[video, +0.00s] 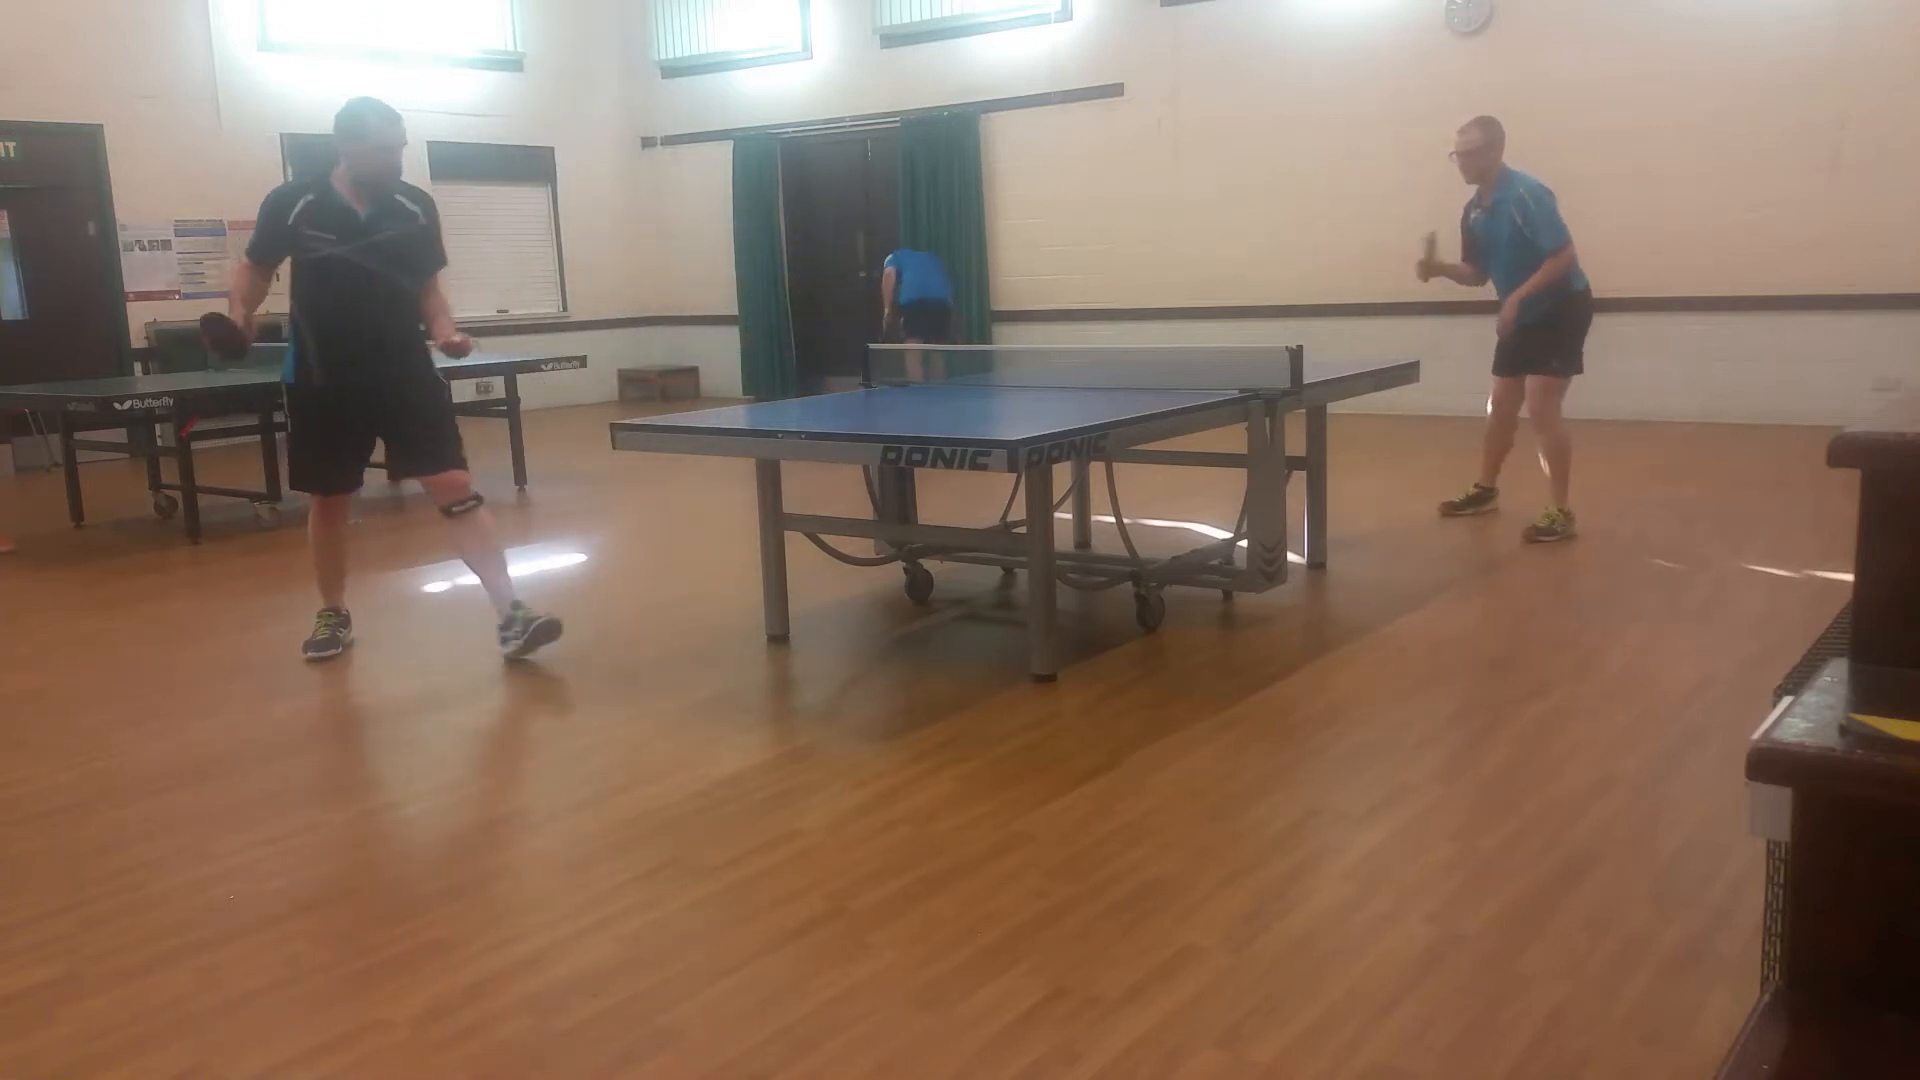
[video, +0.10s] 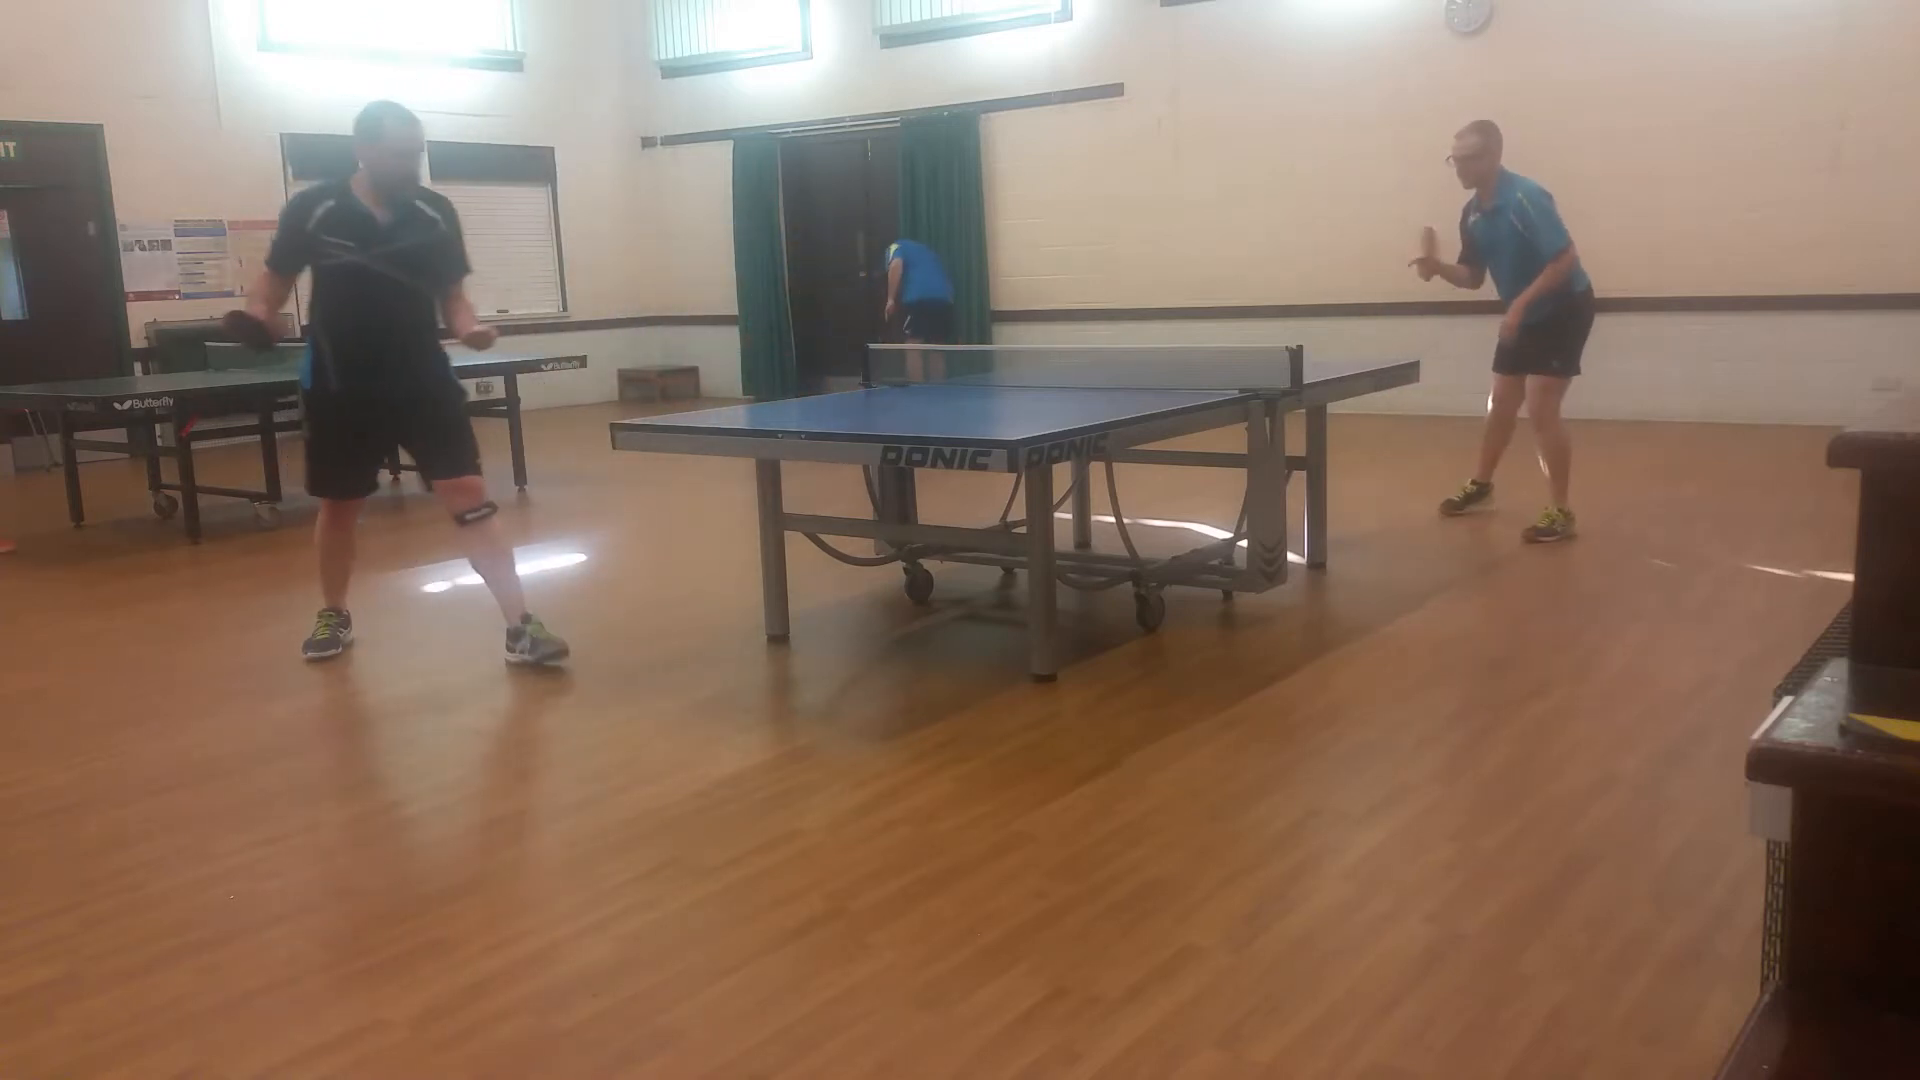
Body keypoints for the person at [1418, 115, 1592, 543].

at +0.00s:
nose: (1457, 162)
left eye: (1465, 154)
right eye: (1456, 155)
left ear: (1494, 152)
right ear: (1463, 156)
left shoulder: (1529, 194)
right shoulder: (1474, 210)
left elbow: (1565, 257)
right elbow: (1477, 273)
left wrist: (1516, 297)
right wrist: (1440, 268)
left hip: (1562, 303)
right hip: (1520, 308)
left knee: (1543, 408)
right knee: (1502, 404)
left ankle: (1560, 512)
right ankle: (1485, 489)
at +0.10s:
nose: (1454, 166)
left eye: (1463, 158)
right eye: (1453, 158)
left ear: (1491, 157)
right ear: (1462, 161)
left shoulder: (1527, 198)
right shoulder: (1473, 212)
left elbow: (1566, 261)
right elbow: (1473, 276)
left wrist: (1519, 305)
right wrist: (1438, 267)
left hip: (1565, 304)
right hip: (1523, 308)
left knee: (1542, 408)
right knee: (1503, 400)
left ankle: (1560, 511)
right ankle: (1481, 483)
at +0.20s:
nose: (1449, 170)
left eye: (1457, 162)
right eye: (1449, 163)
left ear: (1485, 161)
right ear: (1463, 165)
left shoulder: (1525, 202)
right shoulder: (1467, 217)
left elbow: (1565, 262)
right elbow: (1460, 281)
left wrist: (1520, 311)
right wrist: (1432, 274)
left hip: (1563, 306)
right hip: (1521, 311)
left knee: (1542, 408)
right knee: (1498, 400)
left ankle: (1560, 511)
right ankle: (1479, 480)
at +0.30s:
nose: (1444, 176)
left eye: (1451, 168)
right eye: (1443, 169)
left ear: (1478, 168)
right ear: (1456, 171)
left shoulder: (1520, 207)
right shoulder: (1460, 223)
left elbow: (1562, 267)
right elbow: (1449, 288)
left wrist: (1521, 317)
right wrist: (1421, 279)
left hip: (1559, 307)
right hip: (1514, 312)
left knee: (1539, 408)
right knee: (1493, 402)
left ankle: (1559, 511)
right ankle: (1477, 481)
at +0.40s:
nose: (1436, 182)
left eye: (1443, 174)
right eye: (1435, 174)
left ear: (1471, 173)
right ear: (1448, 177)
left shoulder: (1513, 212)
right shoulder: (1451, 228)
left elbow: (1558, 268)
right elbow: (1440, 292)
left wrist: (1524, 320)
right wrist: (1416, 283)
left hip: (1551, 310)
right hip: (1507, 315)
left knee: (1536, 407)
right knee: (1482, 405)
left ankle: (1559, 512)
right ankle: (1477, 485)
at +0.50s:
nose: (1428, 184)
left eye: (1436, 177)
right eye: (1427, 177)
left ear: (1462, 176)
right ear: (1437, 179)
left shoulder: (1503, 215)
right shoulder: (1441, 229)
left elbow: (1550, 267)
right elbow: (1430, 293)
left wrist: (1523, 321)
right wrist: (1409, 285)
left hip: (1539, 314)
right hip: (1495, 318)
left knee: (1536, 409)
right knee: (1468, 404)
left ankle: (1558, 509)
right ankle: (1476, 485)